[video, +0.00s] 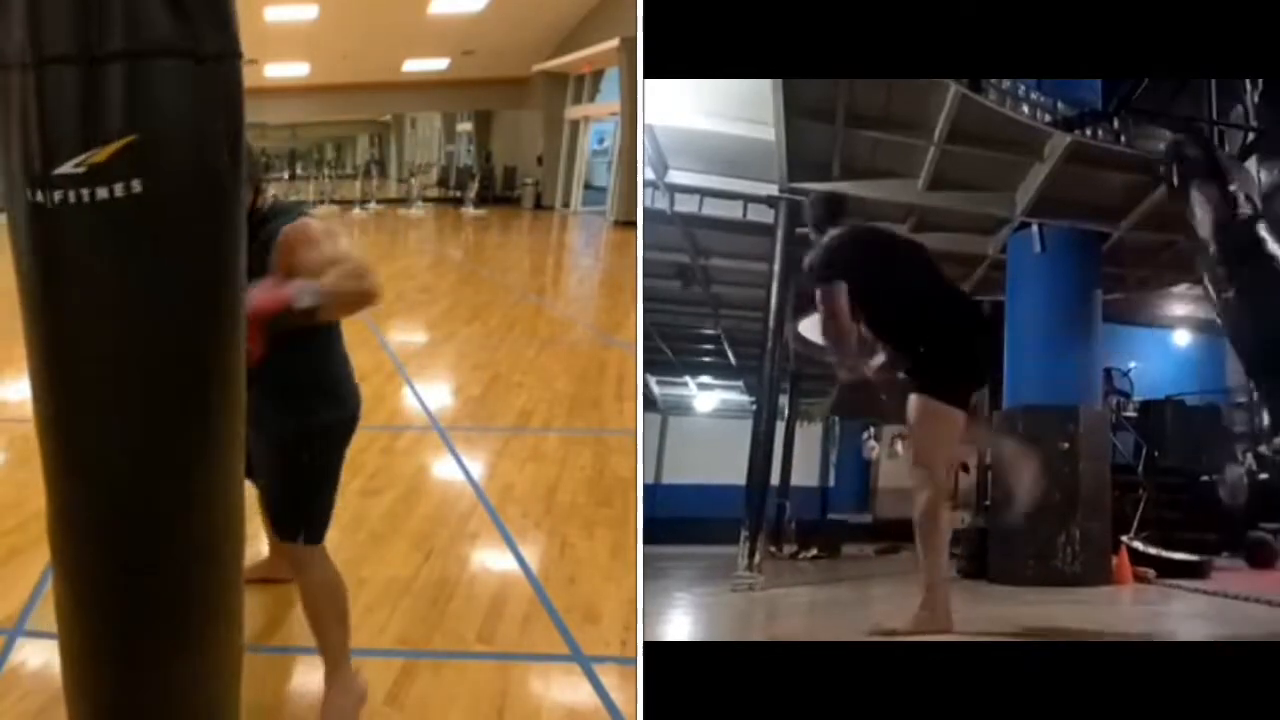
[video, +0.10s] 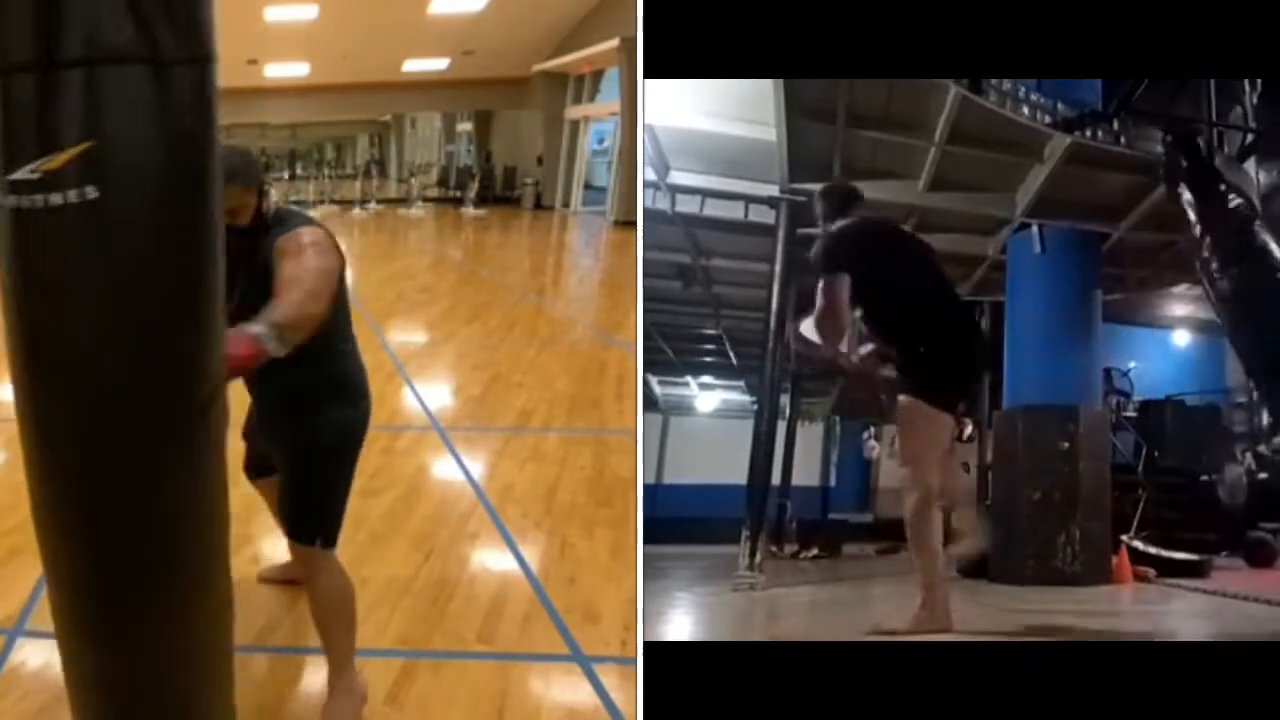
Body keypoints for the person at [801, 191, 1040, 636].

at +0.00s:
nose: (807, 240)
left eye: (807, 230)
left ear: (815, 227)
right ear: (845, 217)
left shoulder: (832, 252)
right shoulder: (882, 239)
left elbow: (837, 323)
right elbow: (910, 317)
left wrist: (849, 366)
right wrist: (871, 367)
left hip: (941, 345)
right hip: (969, 334)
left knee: (929, 479)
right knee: (935, 421)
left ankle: (935, 609)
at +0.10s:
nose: (818, 229)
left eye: (818, 221)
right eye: (820, 220)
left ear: (825, 216)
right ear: (856, 206)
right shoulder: (891, 233)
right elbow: (913, 310)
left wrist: (808, 324)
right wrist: (862, 355)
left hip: (929, 353)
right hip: (965, 345)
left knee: (920, 488)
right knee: (939, 449)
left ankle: (934, 609)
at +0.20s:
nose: (827, 221)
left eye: (828, 210)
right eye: (826, 212)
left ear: (842, 204)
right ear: (861, 200)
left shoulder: (870, 230)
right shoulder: (893, 236)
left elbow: (853, 295)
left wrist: (814, 310)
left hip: (912, 376)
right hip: (927, 373)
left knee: (901, 490)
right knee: (900, 490)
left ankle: (933, 607)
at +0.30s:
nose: (838, 224)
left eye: (842, 211)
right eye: (833, 216)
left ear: (867, 205)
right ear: (841, 219)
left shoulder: (899, 247)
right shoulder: (868, 260)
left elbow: (886, 292)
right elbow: (883, 329)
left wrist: (826, 304)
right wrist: (849, 355)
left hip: (905, 380)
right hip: (872, 380)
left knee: (901, 495)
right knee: (848, 484)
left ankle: (934, 607)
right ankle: (847, 589)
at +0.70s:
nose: (905, 233)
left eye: (909, 227)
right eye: (898, 223)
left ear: (907, 231)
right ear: (873, 222)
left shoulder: (902, 270)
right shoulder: (827, 260)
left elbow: (924, 331)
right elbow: (774, 301)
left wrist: (917, 316)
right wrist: (801, 322)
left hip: (887, 384)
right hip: (839, 383)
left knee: (900, 480)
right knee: (833, 482)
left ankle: (893, 569)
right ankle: (842, 588)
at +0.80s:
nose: (904, 240)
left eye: (909, 234)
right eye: (898, 230)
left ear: (908, 240)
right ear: (874, 230)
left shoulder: (897, 280)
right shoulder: (832, 266)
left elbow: (903, 339)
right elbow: (787, 309)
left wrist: (910, 322)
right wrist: (822, 322)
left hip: (882, 388)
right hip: (836, 387)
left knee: (884, 482)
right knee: (832, 482)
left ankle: (865, 560)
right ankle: (843, 587)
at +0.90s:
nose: (904, 248)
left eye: (909, 243)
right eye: (898, 238)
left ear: (908, 250)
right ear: (874, 237)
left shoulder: (897, 286)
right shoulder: (836, 273)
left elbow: (909, 344)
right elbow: (793, 316)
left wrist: (909, 324)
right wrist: (837, 323)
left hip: (878, 397)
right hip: (836, 393)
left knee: (867, 497)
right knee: (834, 484)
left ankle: (836, 551)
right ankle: (843, 587)